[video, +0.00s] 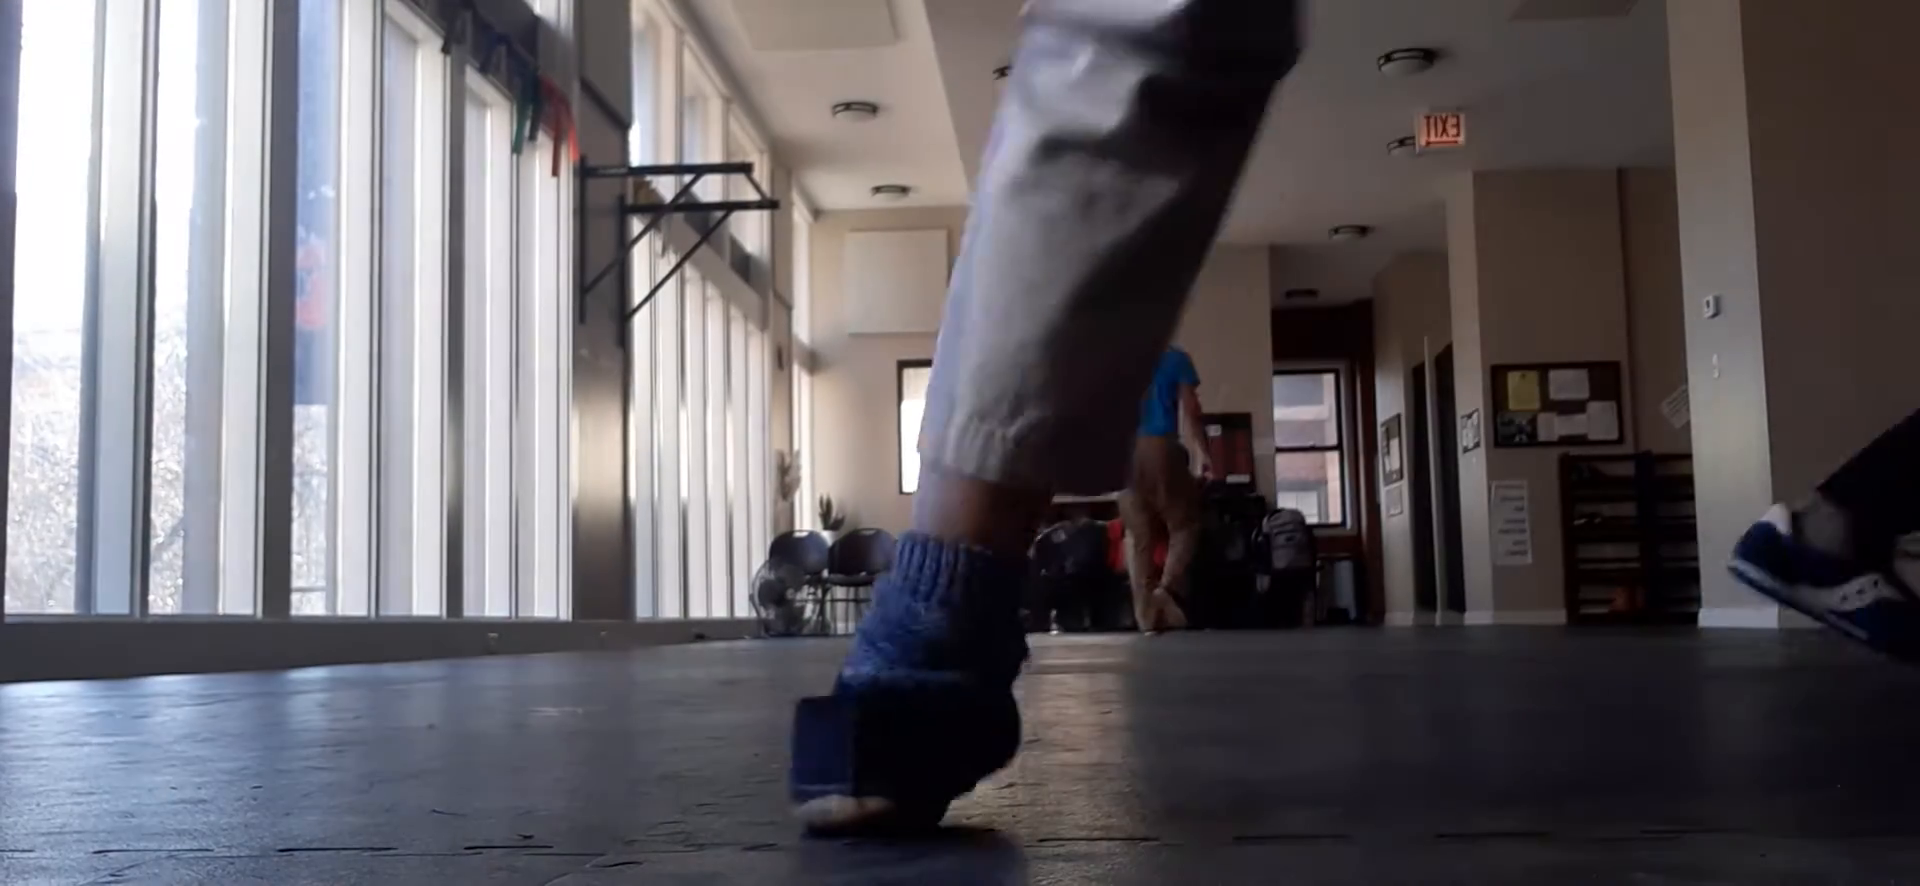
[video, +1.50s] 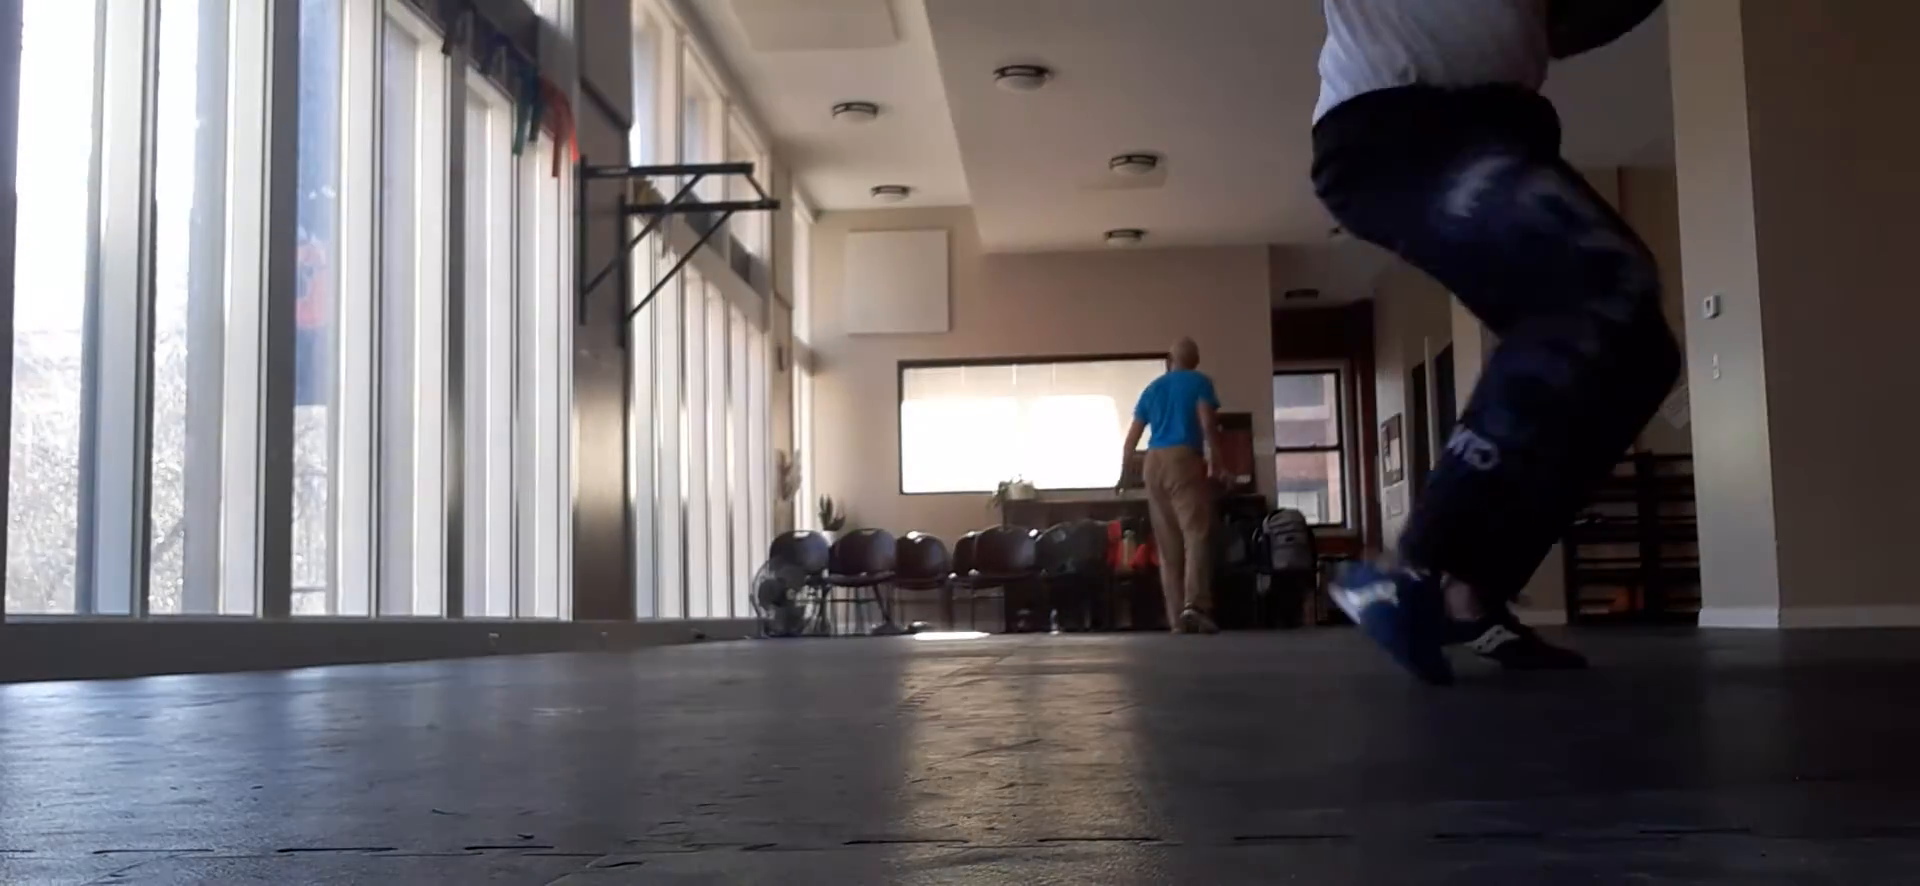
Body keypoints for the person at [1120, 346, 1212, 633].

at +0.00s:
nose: (1177, 322)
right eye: (1174, 315)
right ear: (1167, 323)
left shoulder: (1120, 359)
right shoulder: (1173, 358)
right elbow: (1188, 410)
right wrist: (1200, 451)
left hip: (1123, 451)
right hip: (1159, 449)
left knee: (1136, 535)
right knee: (1182, 524)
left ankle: (1144, 614)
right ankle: (1168, 590)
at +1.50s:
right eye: (1193, 358)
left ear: (1171, 360)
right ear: (1196, 361)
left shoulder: (1153, 387)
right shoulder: (1200, 381)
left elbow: (1132, 437)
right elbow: (1207, 421)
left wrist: (1125, 473)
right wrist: (1217, 462)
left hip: (1153, 458)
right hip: (1184, 456)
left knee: (1167, 540)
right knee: (1194, 533)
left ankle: (1175, 618)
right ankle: (1193, 605)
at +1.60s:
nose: (1201, 370)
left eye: (1200, 364)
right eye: (1201, 365)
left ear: (1177, 361)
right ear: (1199, 364)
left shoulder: (1155, 389)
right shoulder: (1192, 381)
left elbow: (1140, 438)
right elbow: (1196, 423)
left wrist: (1137, 475)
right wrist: (1215, 464)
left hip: (1147, 457)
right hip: (1174, 455)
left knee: (1163, 536)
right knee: (1189, 531)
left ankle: (1172, 610)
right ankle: (1185, 610)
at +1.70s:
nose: (1205, 373)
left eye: (1205, 368)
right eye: (1204, 367)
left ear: (1179, 361)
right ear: (1198, 364)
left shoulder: (1159, 387)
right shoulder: (1184, 380)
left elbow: (1157, 430)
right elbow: (1182, 420)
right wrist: (1205, 460)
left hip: (1146, 455)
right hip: (1167, 455)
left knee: (1161, 534)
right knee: (1182, 529)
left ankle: (1168, 606)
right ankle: (1175, 609)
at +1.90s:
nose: (1198, 360)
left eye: (1198, 355)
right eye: (1194, 354)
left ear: (1183, 357)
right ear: (1177, 355)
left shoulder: (1174, 387)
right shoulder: (1164, 379)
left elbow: (1183, 441)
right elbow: (1155, 421)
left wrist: (1203, 470)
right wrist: (1174, 460)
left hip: (1164, 461)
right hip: (1153, 459)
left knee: (1171, 535)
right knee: (1166, 533)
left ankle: (1172, 614)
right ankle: (1149, 610)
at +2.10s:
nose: (1176, 354)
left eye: (1178, 349)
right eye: (1171, 349)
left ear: (1177, 354)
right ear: (1157, 352)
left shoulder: (1172, 393)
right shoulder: (1140, 384)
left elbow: (1186, 431)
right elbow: (1129, 425)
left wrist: (1211, 452)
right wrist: (1141, 467)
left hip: (1165, 470)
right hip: (1142, 469)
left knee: (1165, 543)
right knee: (1149, 543)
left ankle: (1169, 616)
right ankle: (1143, 618)